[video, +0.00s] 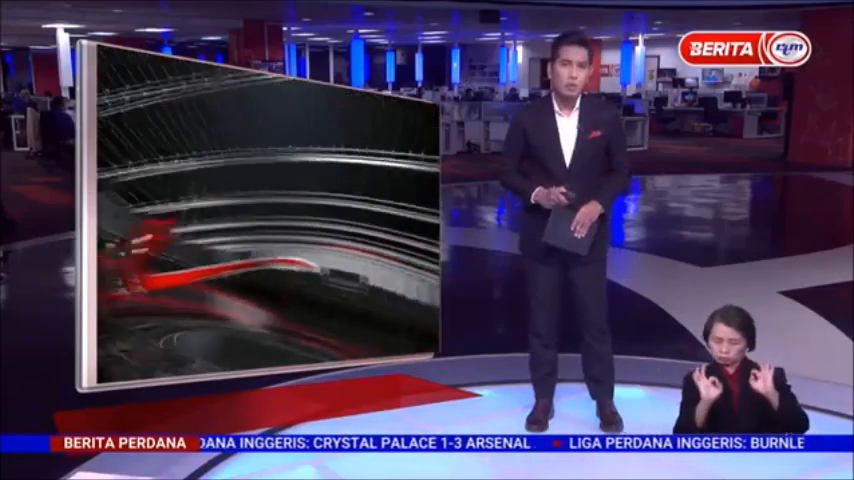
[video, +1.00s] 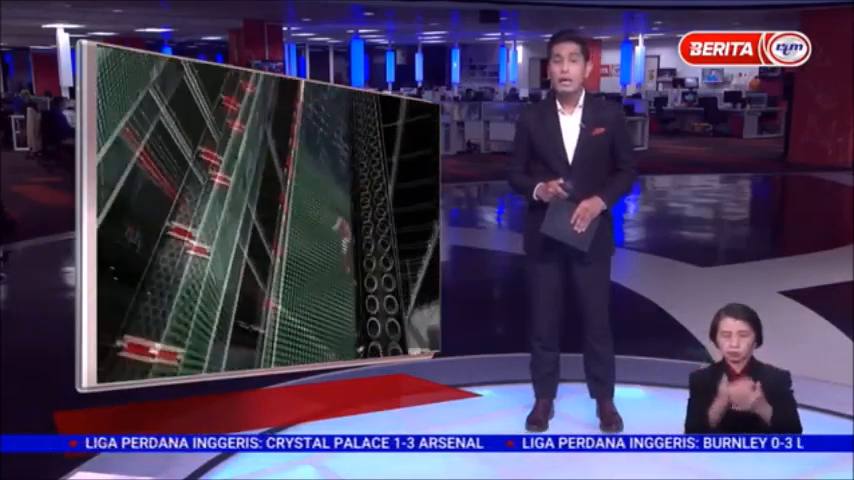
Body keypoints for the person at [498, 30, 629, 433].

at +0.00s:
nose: (573, 73)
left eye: (580, 66)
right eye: (565, 65)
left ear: (589, 73)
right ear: (550, 69)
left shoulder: (605, 114)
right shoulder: (527, 115)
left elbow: (620, 172)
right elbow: (507, 170)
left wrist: (598, 202)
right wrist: (536, 192)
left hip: (588, 231)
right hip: (541, 230)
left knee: (594, 321)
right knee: (542, 321)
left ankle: (604, 400)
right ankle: (542, 400)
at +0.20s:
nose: (571, 71)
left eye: (579, 65)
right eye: (564, 63)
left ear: (588, 72)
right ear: (549, 69)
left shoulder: (605, 114)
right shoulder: (527, 116)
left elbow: (620, 172)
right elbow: (507, 171)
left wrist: (598, 201)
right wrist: (536, 191)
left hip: (588, 230)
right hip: (541, 230)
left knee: (594, 321)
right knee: (542, 322)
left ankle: (604, 400)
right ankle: (542, 400)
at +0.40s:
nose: (571, 71)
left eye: (579, 64)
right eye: (563, 63)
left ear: (588, 71)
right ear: (549, 69)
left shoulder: (605, 114)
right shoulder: (526, 116)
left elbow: (620, 172)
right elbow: (507, 172)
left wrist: (597, 200)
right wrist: (536, 190)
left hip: (588, 230)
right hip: (541, 230)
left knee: (594, 321)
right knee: (542, 322)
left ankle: (604, 400)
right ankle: (542, 400)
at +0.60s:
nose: (569, 71)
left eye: (577, 63)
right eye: (562, 63)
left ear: (588, 70)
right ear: (549, 69)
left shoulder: (605, 113)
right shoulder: (527, 115)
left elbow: (620, 171)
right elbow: (508, 171)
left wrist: (598, 201)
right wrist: (537, 190)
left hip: (588, 230)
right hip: (541, 229)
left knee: (594, 320)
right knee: (542, 320)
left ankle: (604, 400)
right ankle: (542, 399)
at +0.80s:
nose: (564, 68)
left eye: (572, 61)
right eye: (557, 61)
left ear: (586, 68)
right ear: (547, 68)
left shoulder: (606, 112)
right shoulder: (528, 115)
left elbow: (623, 170)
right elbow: (512, 171)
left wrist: (599, 201)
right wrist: (536, 189)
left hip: (589, 229)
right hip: (542, 229)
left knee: (594, 320)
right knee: (542, 320)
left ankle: (605, 400)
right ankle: (543, 400)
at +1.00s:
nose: (564, 68)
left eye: (572, 60)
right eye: (557, 60)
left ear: (587, 67)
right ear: (547, 68)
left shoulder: (609, 112)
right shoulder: (531, 115)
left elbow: (627, 170)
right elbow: (515, 171)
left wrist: (600, 200)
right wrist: (537, 188)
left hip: (592, 230)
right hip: (544, 230)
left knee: (596, 320)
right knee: (544, 321)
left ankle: (605, 400)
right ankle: (543, 399)